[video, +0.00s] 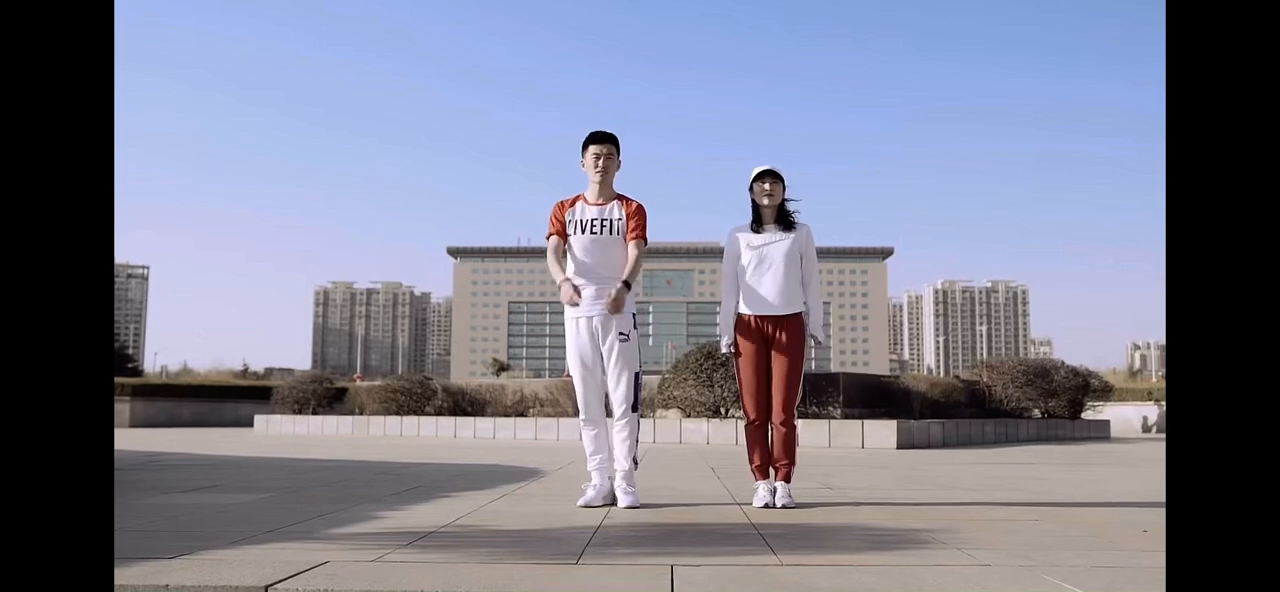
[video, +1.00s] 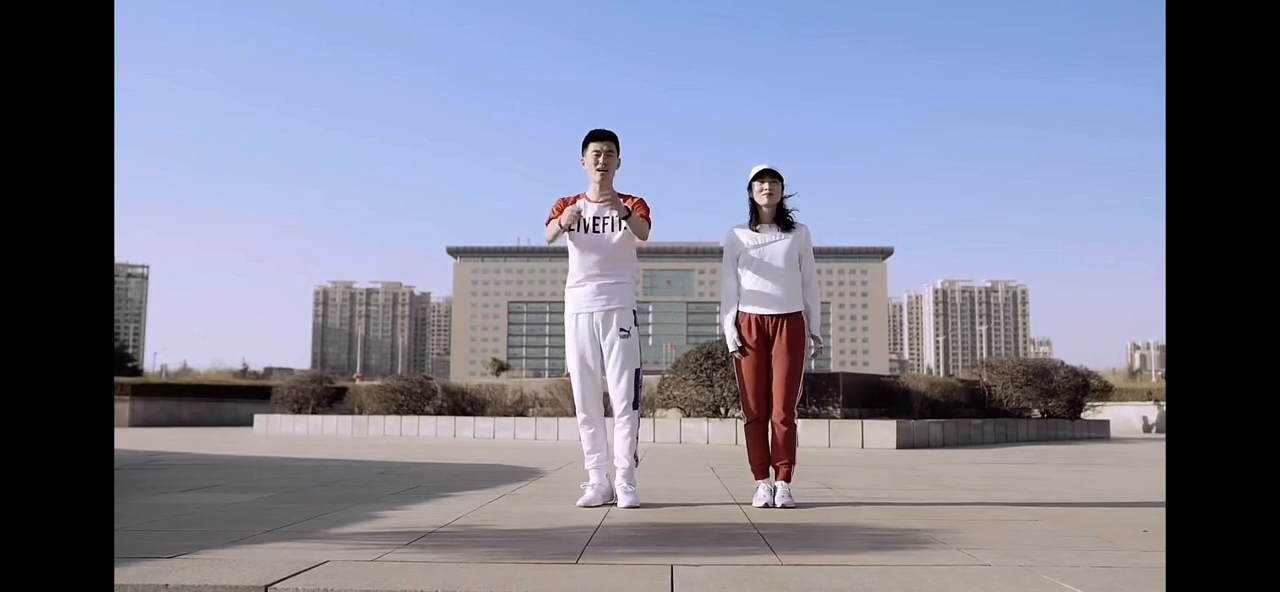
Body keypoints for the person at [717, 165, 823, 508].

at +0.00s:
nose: (768, 187)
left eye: (774, 182)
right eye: (761, 182)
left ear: (783, 191)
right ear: (752, 192)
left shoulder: (800, 233)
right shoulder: (738, 236)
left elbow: (812, 282)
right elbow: (729, 286)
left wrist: (815, 324)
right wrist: (726, 330)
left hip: (788, 325)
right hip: (748, 325)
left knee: (782, 411)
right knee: (754, 412)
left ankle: (783, 482)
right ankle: (762, 482)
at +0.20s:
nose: (768, 186)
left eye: (774, 182)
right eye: (761, 182)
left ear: (783, 191)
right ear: (752, 191)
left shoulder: (801, 231)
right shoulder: (738, 234)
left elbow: (811, 280)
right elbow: (731, 286)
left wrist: (813, 322)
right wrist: (726, 330)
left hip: (788, 323)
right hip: (748, 323)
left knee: (782, 407)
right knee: (754, 407)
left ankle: (784, 482)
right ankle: (762, 481)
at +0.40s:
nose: (768, 188)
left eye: (775, 183)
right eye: (762, 183)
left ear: (783, 191)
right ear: (752, 192)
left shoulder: (801, 233)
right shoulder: (739, 235)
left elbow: (811, 280)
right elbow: (730, 287)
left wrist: (811, 323)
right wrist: (725, 333)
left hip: (789, 325)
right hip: (749, 326)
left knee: (785, 408)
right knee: (755, 410)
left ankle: (783, 482)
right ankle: (762, 482)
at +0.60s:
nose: (769, 187)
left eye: (775, 182)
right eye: (762, 182)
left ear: (783, 191)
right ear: (752, 191)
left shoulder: (800, 233)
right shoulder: (738, 234)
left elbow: (811, 282)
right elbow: (730, 287)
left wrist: (814, 327)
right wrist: (727, 333)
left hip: (791, 325)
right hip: (751, 325)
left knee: (784, 409)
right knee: (755, 409)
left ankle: (783, 482)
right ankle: (762, 481)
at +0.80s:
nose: (768, 187)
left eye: (774, 182)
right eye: (761, 182)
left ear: (783, 191)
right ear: (751, 191)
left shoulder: (799, 234)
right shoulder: (736, 236)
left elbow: (811, 285)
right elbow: (730, 288)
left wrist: (814, 330)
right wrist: (728, 328)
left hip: (789, 324)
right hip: (749, 324)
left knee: (783, 409)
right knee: (755, 409)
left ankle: (783, 482)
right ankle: (762, 482)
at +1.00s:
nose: (767, 188)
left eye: (773, 183)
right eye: (760, 183)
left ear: (782, 191)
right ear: (751, 192)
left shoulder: (798, 233)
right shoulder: (736, 235)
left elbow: (810, 283)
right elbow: (729, 285)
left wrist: (814, 329)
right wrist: (728, 326)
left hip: (789, 323)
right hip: (749, 324)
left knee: (783, 408)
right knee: (754, 408)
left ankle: (783, 482)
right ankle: (762, 482)